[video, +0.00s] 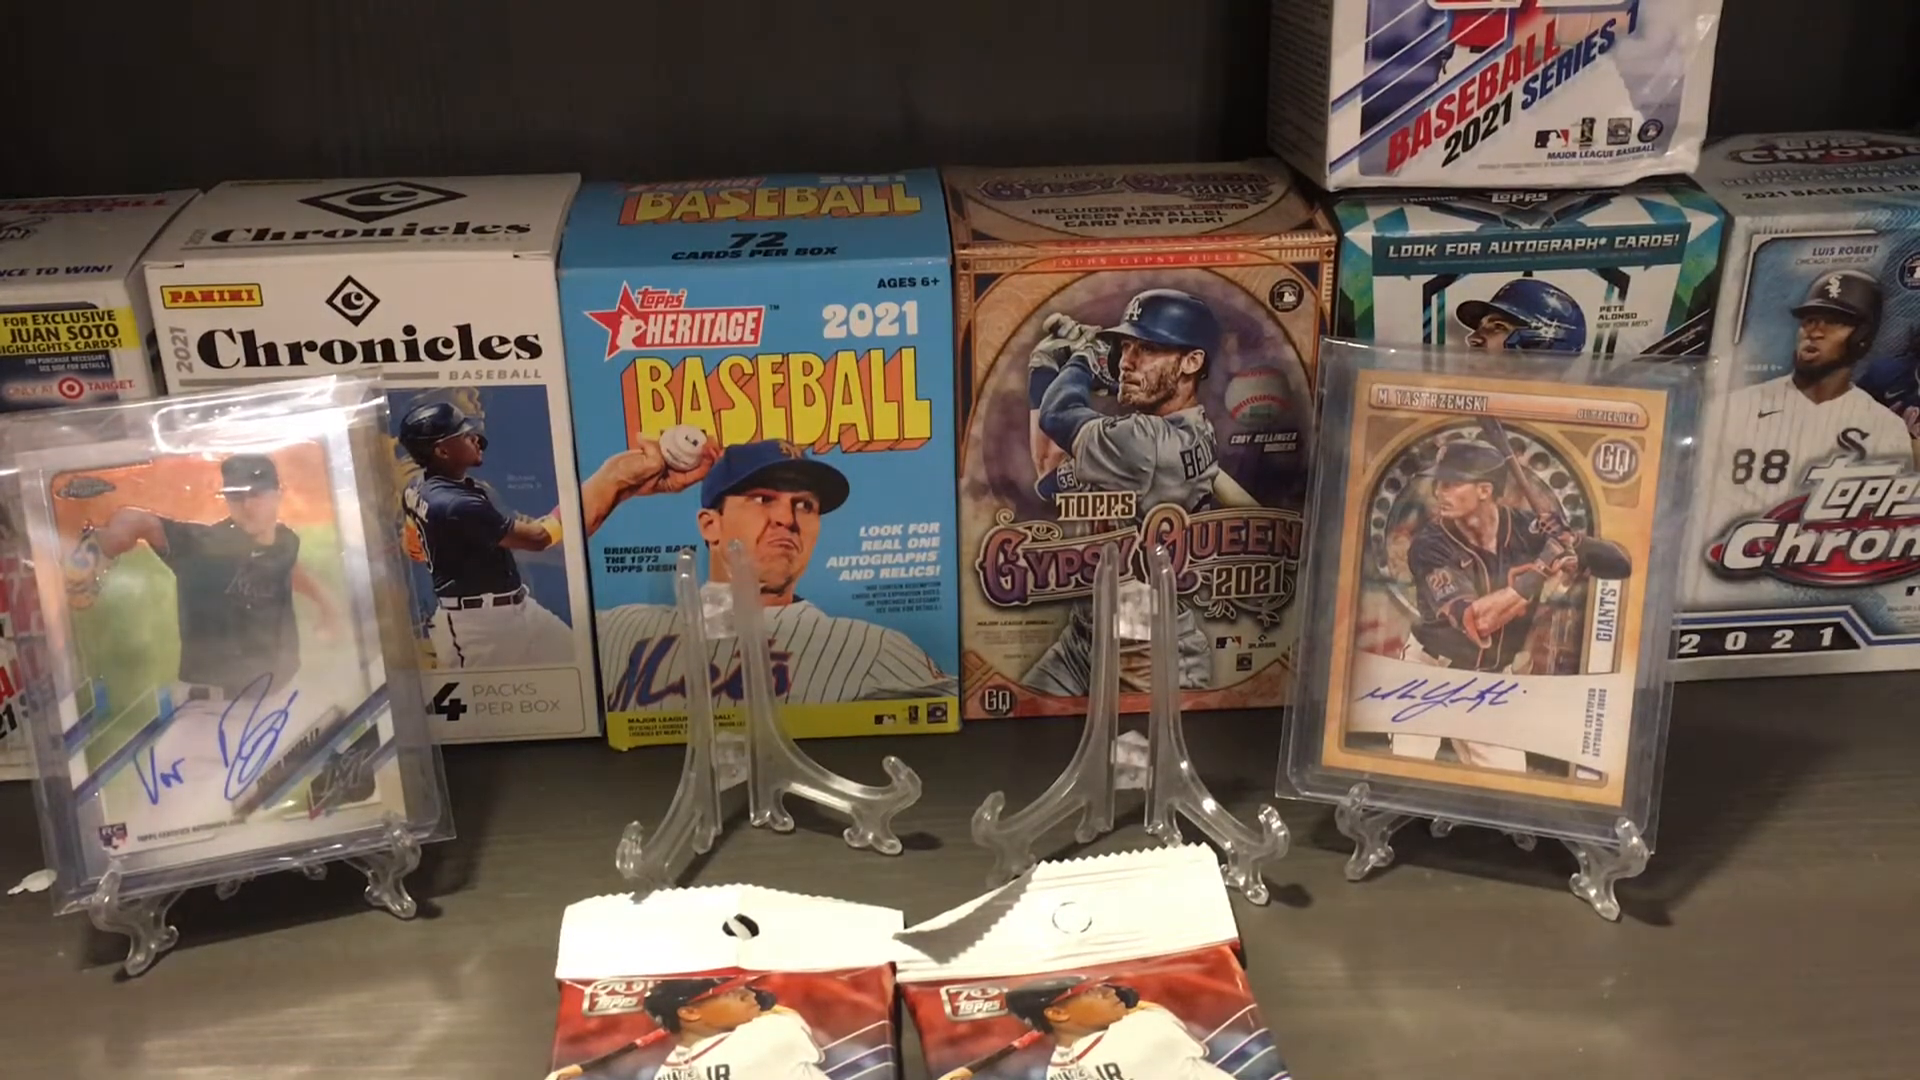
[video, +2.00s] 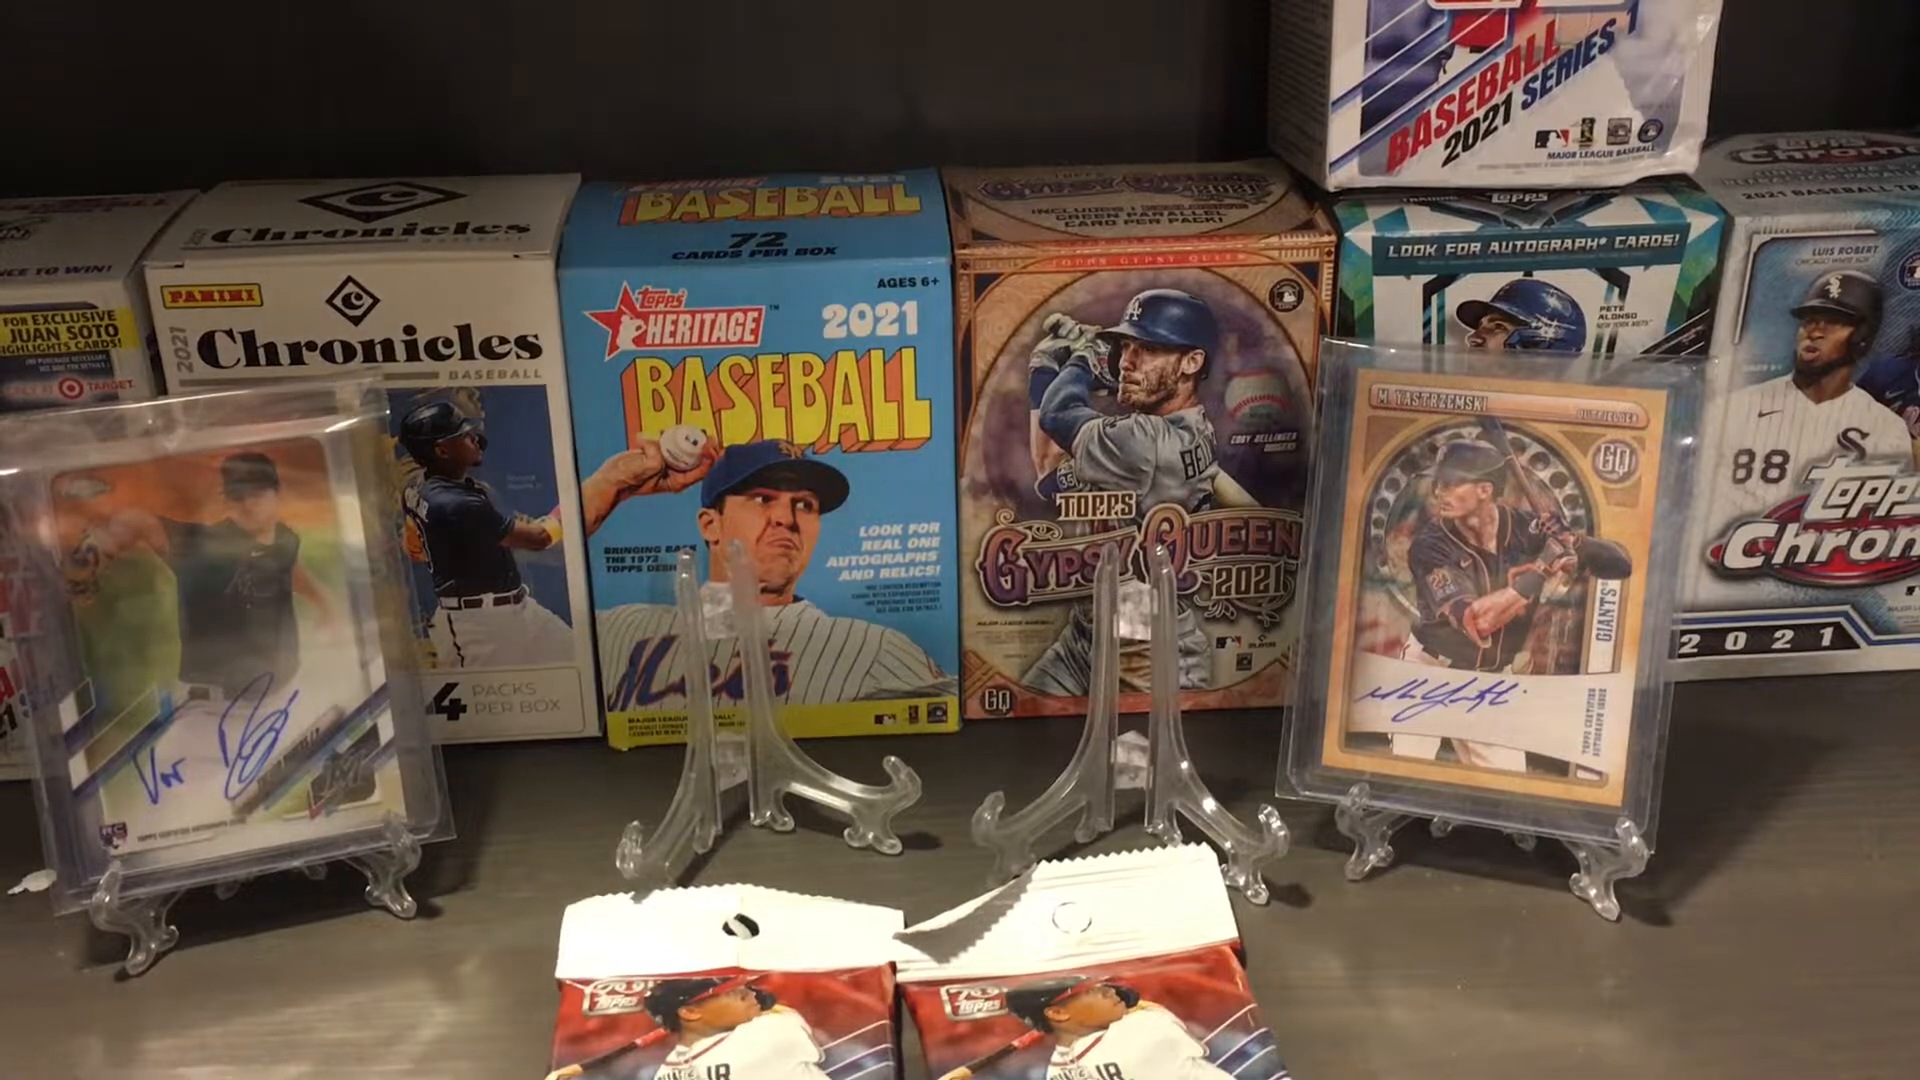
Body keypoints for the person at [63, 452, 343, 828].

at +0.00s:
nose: (247, 506)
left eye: (256, 494)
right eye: (236, 497)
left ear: (277, 495)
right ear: (226, 500)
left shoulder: (286, 542)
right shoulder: (198, 543)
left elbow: (287, 571)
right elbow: (134, 518)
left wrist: (325, 602)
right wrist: (99, 552)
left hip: (278, 702)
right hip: (211, 707)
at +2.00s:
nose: (249, 506)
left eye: (258, 496)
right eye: (239, 498)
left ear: (276, 495)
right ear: (228, 502)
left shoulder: (286, 541)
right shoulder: (202, 542)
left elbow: (291, 570)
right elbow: (144, 524)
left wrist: (322, 602)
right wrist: (110, 536)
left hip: (275, 685)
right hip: (215, 691)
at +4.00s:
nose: (246, 506)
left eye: (256, 496)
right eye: (237, 497)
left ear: (276, 496)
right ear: (227, 500)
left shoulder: (286, 541)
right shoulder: (201, 541)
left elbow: (291, 570)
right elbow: (134, 518)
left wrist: (323, 601)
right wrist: (117, 539)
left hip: (274, 686)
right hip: (212, 692)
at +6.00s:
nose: (265, 507)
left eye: (267, 496)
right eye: (252, 498)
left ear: (278, 497)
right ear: (235, 503)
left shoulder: (286, 543)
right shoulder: (201, 544)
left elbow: (292, 570)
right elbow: (138, 521)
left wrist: (324, 604)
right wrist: (113, 539)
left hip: (276, 692)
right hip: (214, 698)